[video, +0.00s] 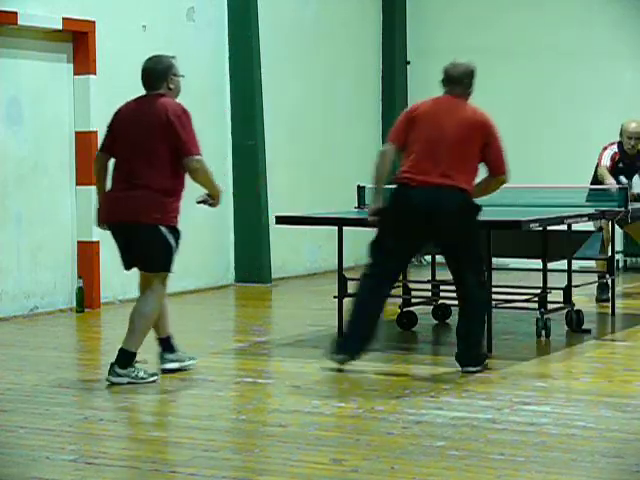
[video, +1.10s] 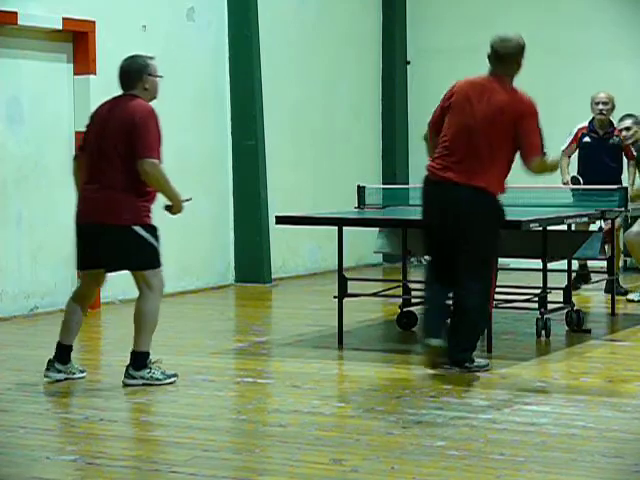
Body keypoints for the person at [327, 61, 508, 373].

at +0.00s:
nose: (461, 89)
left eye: (456, 82)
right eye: (466, 85)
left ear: (444, 83)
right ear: (470, 86)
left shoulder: (418, 110)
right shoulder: (481, 122)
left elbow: (387, 152)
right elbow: (498, 177)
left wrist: (377, 198)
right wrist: (466, 194)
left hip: (408, 204)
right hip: (453, 208)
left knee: (380, 273)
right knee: (471, 282)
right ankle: (470, 358)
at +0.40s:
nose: (451, 103)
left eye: (452, 98)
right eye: (451, 98)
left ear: (425, 92)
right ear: (445, 96)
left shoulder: (395, 115)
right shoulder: (437, 121)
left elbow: (376, 154)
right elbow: (439, 169)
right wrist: (465, 201)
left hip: (360, 200)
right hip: (400, 205)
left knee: (353, 277)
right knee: (438, 276)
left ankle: (312, 345)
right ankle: (457, 355)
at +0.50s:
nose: (472, 107)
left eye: (473, 101)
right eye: (471, 101)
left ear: (448, 95)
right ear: (461, 98)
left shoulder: (422, 116)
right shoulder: (441, 123)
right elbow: (439, 177)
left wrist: (479, 194)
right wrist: (483, 197)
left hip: (362, 197)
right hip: (394, 204)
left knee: (354, 275)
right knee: (433, 276)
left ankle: (309, 343)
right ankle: (453, 356)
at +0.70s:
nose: (516, 137)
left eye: (517, 131)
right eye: (516, 130)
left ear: (494, 118)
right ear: (505, 126)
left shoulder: (458, 125)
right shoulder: (477, 151)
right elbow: (469, 213)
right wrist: (511, 218)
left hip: (381, 196)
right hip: (411, 211)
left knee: (352, 271)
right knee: (454, 277)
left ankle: (309, 335)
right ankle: (451, 356)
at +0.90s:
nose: (529, 112)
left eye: (530, 106)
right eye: (531, 107)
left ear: (501, 95)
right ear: (527, 109)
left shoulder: (466, 111)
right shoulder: (512, 146)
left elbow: (423, 145)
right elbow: (495, 203)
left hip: (407, 192)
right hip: (443, 211)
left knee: (397, 259)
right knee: (472, 281)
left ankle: (359, 324)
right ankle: (453, 357)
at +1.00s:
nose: (521, 85)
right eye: (524, 80)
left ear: (495, 75)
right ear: (524, 83)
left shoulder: (462, 98)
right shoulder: (518, 125)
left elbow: (424, 139)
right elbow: (519, 187)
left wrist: (426, 177)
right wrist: (532, 190)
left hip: (421, 193)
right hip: (460, 206)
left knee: (419, 257)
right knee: (476, 282)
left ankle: (395, 325)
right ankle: (454, 357)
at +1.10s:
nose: (520, 66)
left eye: (516, 59)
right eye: (521, 61)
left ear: (490, 59)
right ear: (519, 63)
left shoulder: (462, 88)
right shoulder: (521, 105)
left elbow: (432, 133)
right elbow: (534, 163)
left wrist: (445, 168)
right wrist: (556, 162)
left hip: (437, 191)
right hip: (479, 199)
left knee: (440, 264)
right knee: (477, 276)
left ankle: (432, 335)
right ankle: (460, 356)